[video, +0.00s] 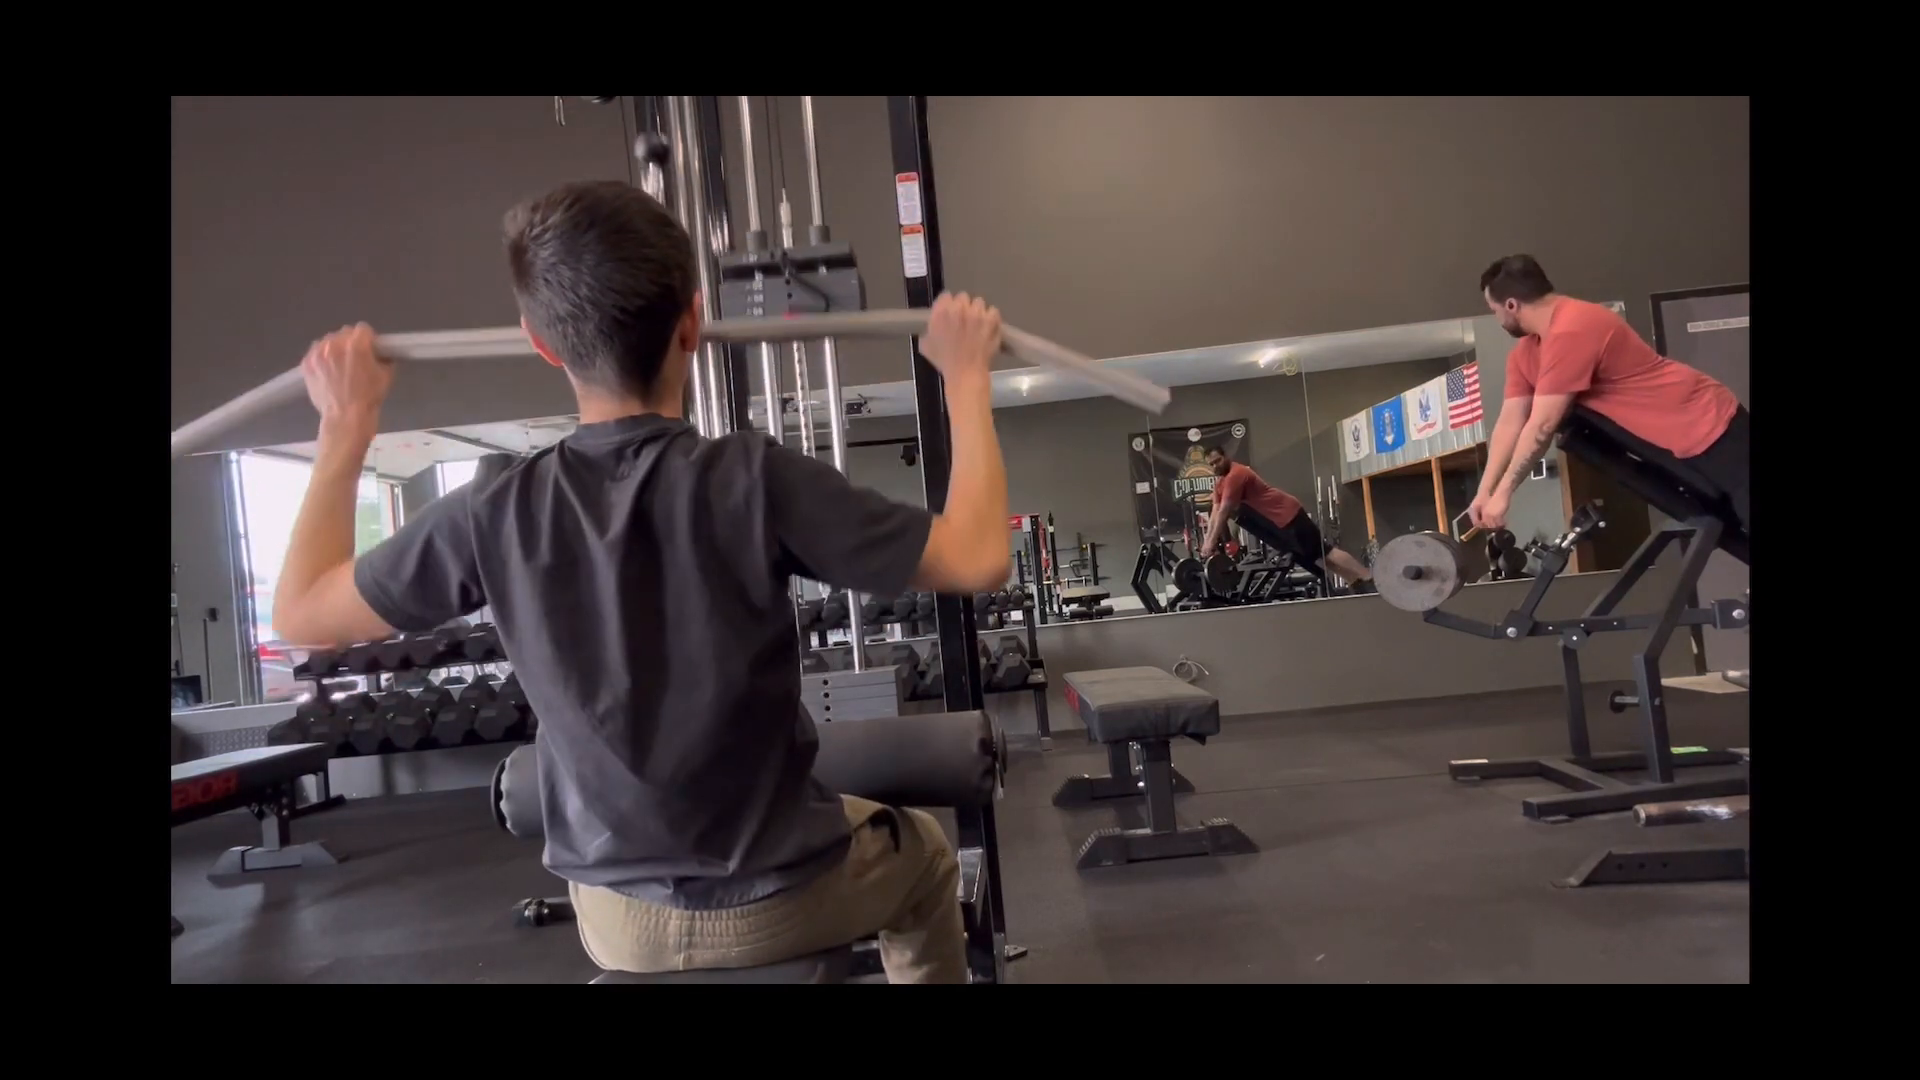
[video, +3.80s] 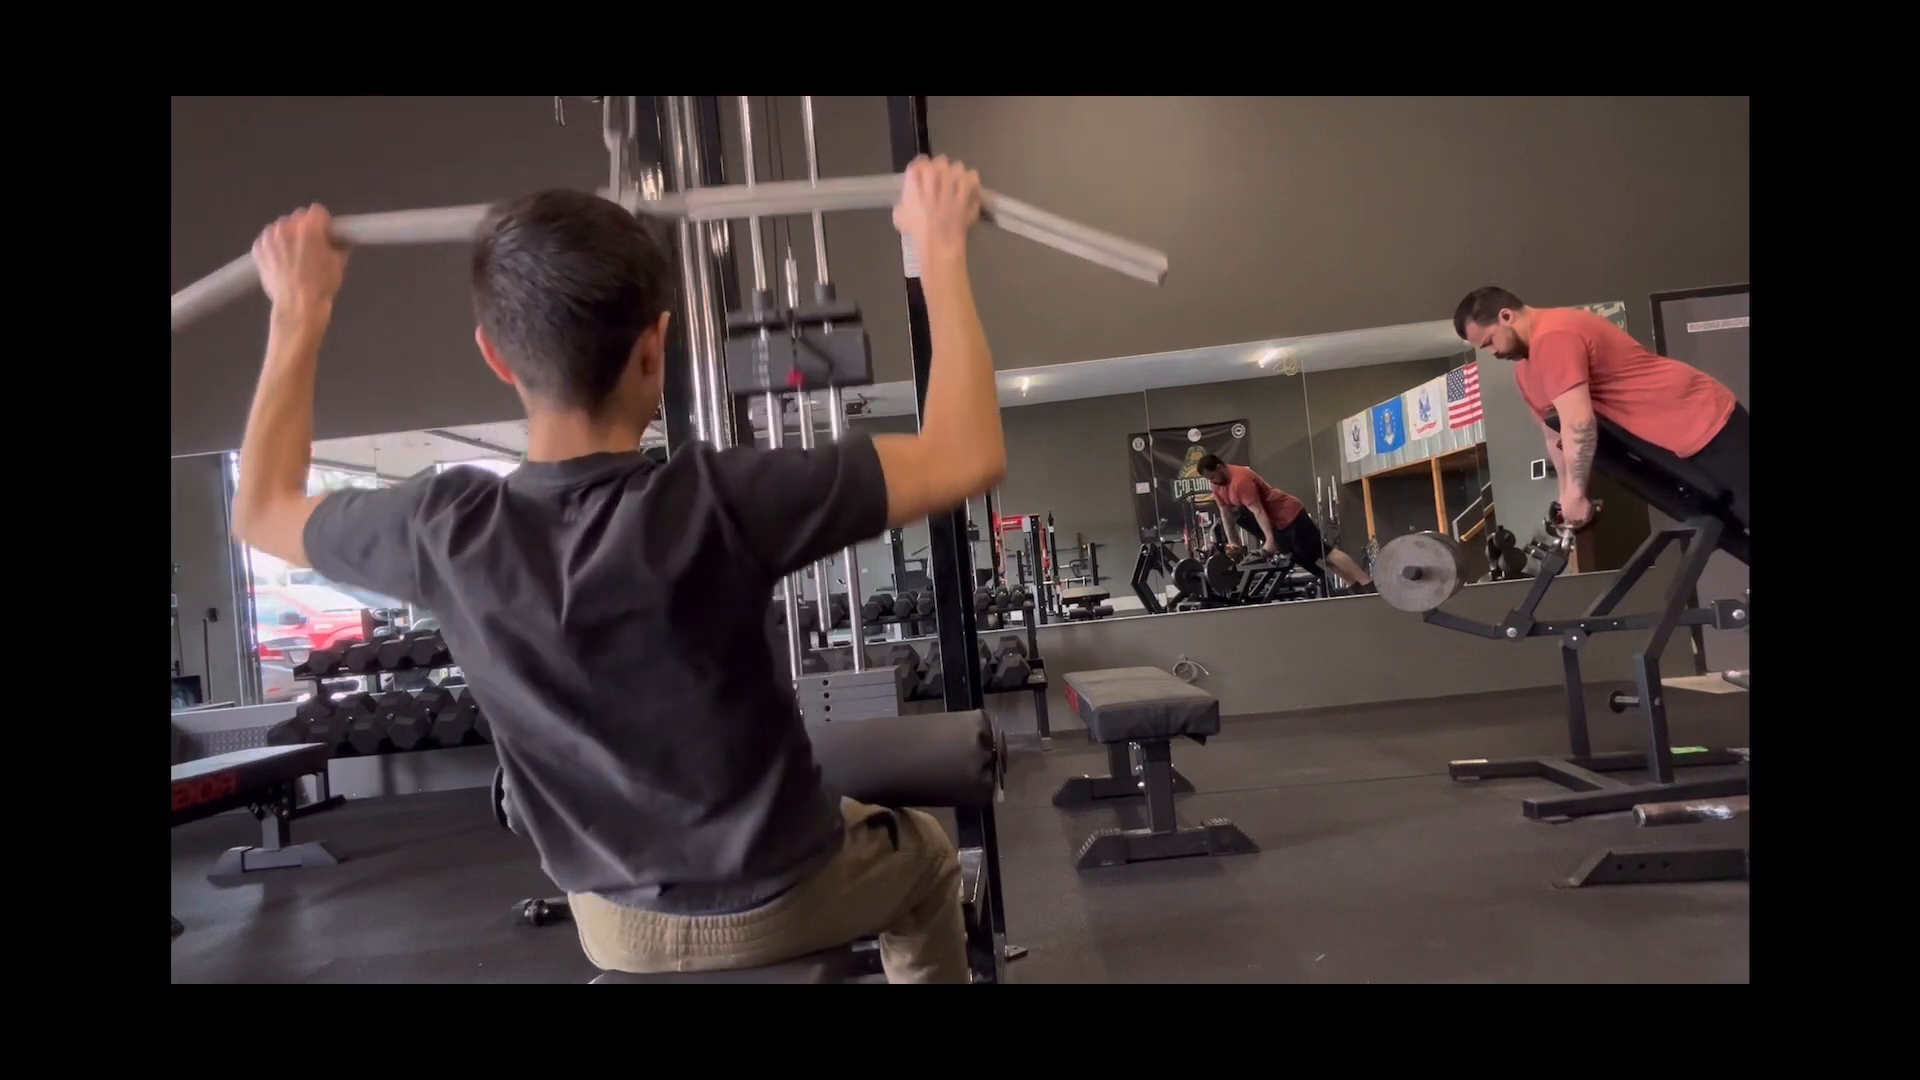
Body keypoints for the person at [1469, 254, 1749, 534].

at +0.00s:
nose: (1495, 318)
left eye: (1492, 309)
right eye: (1491, 310)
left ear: (1512, 304)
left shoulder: (1572, 325)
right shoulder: (1524, 352)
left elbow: (1542, 427)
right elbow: (1509, 421)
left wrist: (1504, 490)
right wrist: (1484, 490)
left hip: (1711, 423)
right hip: (1672, 446)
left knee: (1746, 523)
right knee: (1730, 532)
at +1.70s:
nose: (1496, 343)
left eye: (1493, 332)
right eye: (1489, 337)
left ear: (1513, 307)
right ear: (1511, 310)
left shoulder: (1570, 324)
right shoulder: (1526, 364)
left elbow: (1579, 417)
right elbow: (1535, 424)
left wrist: (1542, 480)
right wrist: (1530, 484)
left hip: (1709, 421)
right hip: (1672, 448)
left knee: (1745, 520)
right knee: (1732, 534)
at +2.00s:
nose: (1490, 356)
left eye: (1484, 346)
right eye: (1483, 350)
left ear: (1499, 326)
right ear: (1499, 329)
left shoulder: (1561, 329)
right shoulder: (1530, 373)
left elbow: (1591, 418)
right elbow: (1568, 431)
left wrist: (1578, 480)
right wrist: (1574, 486)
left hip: (1706, 423)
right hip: (1667, 453)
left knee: (1746, 515)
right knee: (1730, 534)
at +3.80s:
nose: (1492, 352)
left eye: (1488, 342)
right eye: (1483, 348)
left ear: (1507, 316)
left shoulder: (1553, 337)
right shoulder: (1524, 368)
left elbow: (1581, 427)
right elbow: (1554, 436)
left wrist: (1576, 496)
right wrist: (1568, 496)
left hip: (1704, 422)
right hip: (1671, 446)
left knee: (1746, 515)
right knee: (1730, 532)